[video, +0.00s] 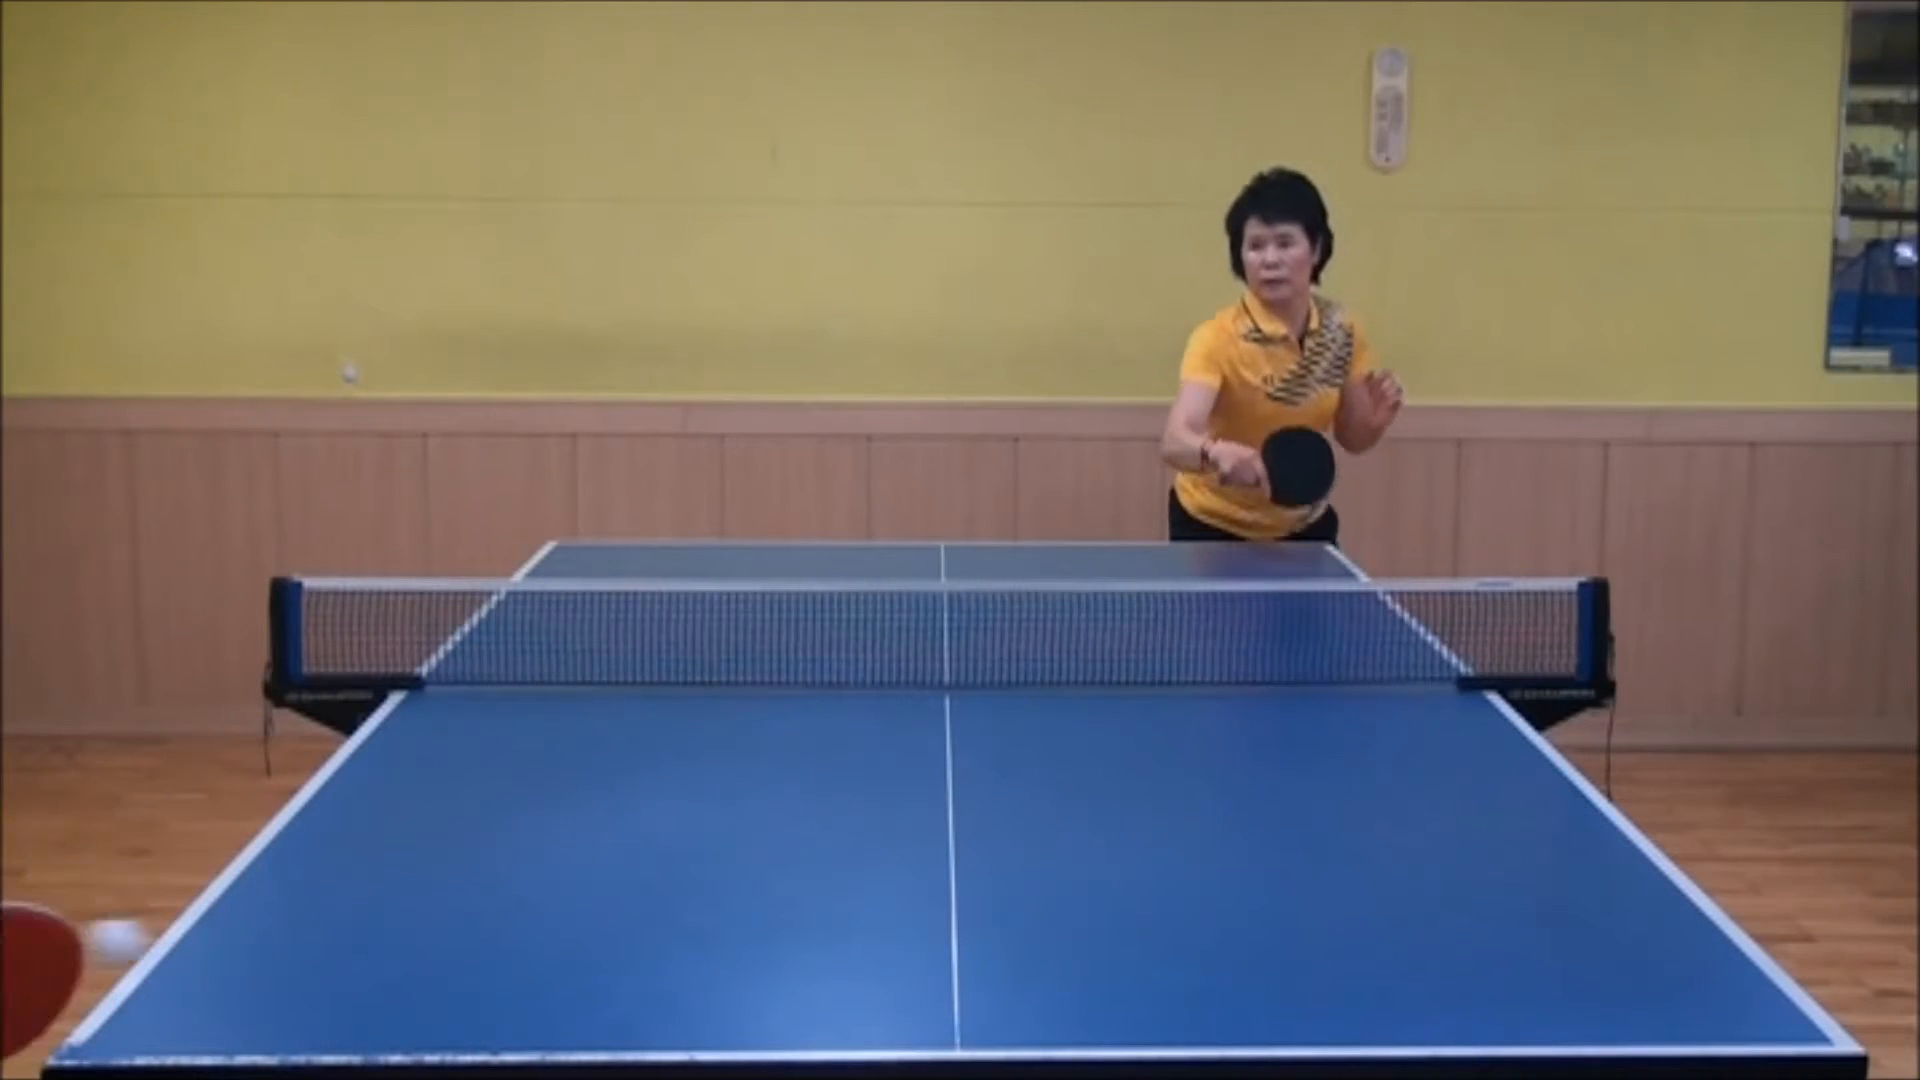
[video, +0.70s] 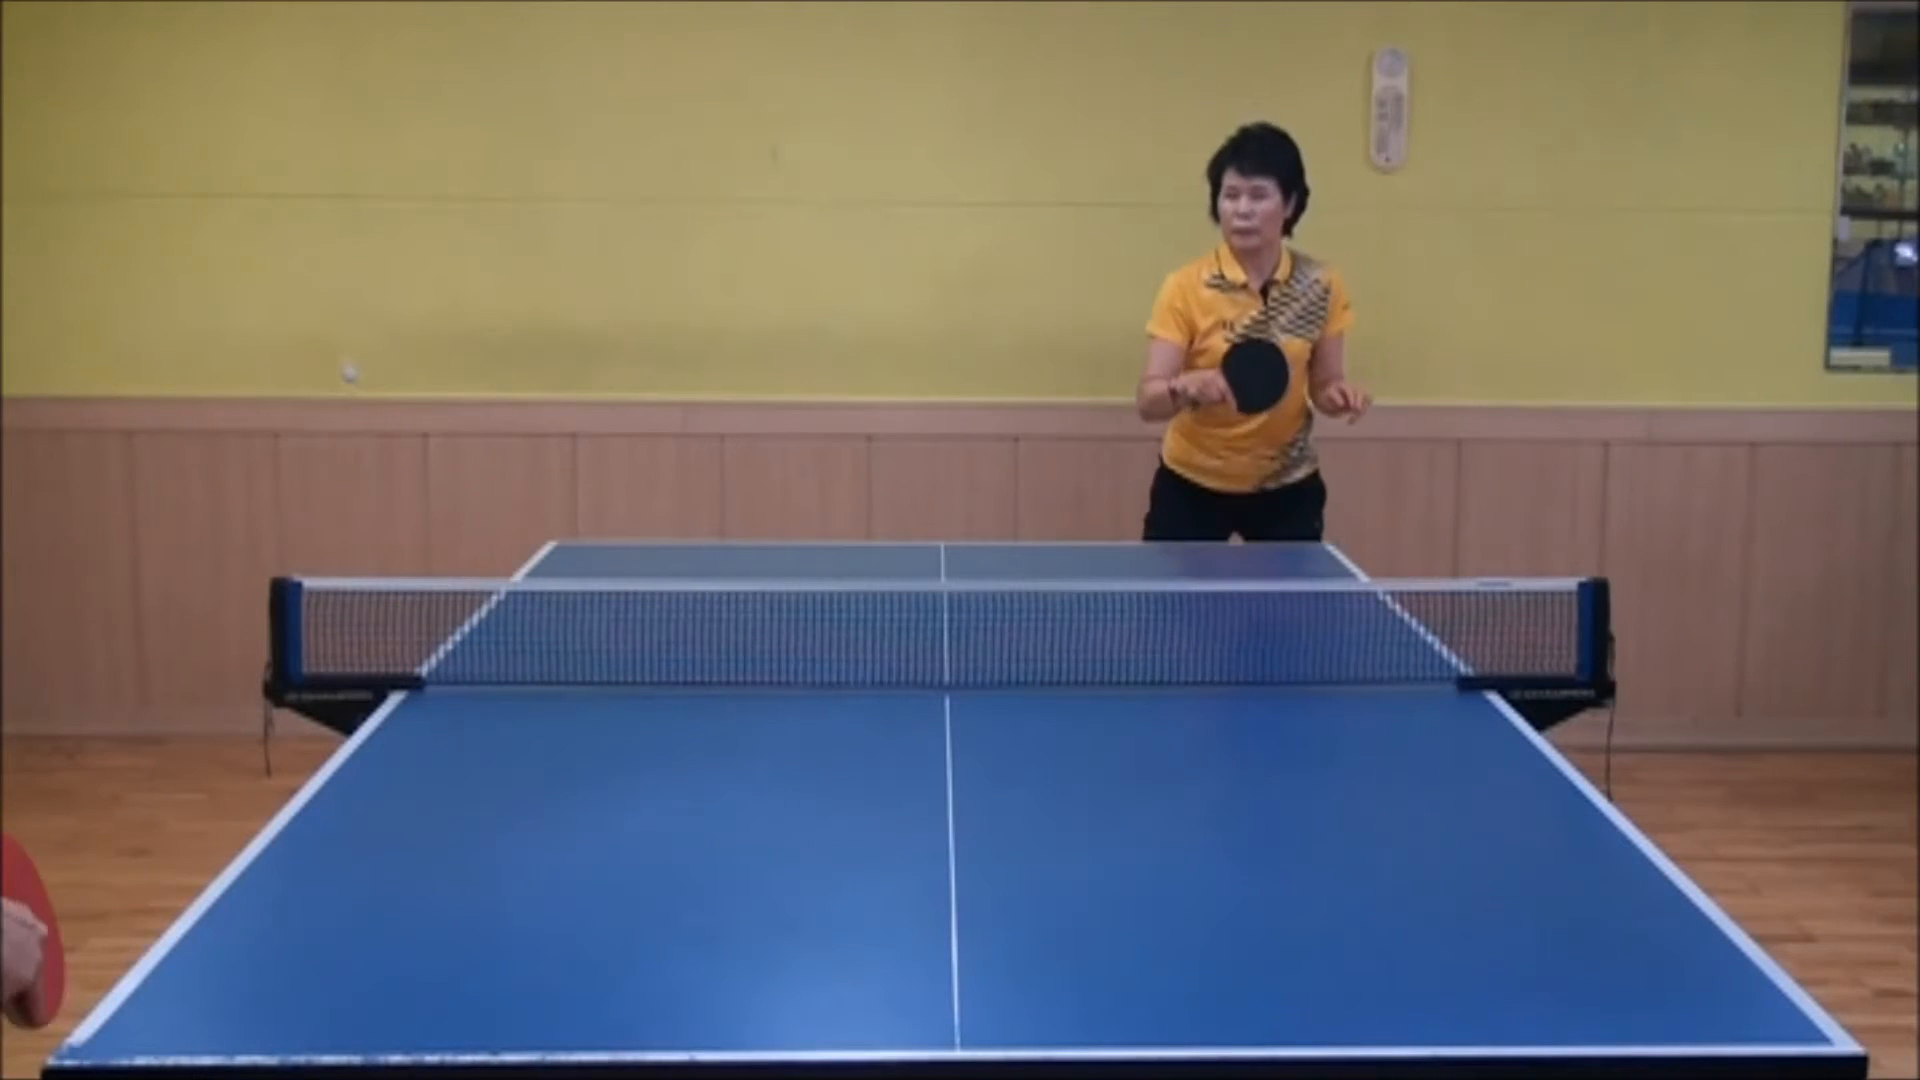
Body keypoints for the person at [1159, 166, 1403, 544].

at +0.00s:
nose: (1270, 259)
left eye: (1286, 243)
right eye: (1256, 246)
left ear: (1317, 250)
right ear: (1239, 256)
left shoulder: (1343, 335)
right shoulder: (1217, 339)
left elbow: (1352, 440)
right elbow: (1176, 441)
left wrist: (1371, 422)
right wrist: (1215, 452)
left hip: (1304, 526)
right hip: (1215, 528)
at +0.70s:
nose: (1243, 209)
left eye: (1259, 195)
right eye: (1231, 194)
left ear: (1290, 205)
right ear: (1216, 203)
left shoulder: (1321, 290)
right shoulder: (1185, 288)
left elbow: (1326, 385)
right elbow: (1148, 403)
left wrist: (1341, 398)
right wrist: (1185, 389)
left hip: (1285, 492)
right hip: (1192, 489)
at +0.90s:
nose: (1197, 207)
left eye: (1214, 193)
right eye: (1186, 192)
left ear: (1244, 202)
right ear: (1170, 201)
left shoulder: (1276, 285)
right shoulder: (1140, 283)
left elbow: (1280, 377)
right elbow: (1108, 397)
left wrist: (1283, 395)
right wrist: (1138, 390)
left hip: (1246, 485)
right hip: (1154, 482)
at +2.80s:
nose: (1247, 236)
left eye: (1262, 220)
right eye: (1234, 222)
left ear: (1290, 221)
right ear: (1217, 229)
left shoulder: (1328, 300)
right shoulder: (1195, 308)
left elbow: (1341, 413)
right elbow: (1154, 415)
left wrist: (1330, 387)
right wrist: (1201, 419)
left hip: (1306, 507)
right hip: (1213, 507)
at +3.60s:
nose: (1301, 258)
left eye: (1315, 242)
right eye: (1286, 244)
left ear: (1341, 241)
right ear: (1267, 249)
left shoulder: (1368, 317)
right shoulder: (1242, 322)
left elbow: (1374, 397)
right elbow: (1200, 429)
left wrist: (1361, 402)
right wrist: (1271, 413)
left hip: (1329, 507)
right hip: (1240, 507)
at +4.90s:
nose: (1306, 285)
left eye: (1321, 269)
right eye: (1291, 271)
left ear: (1350, 276)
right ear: (1274, 281)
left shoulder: (1371, 356)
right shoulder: (1251, 359)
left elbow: (1377, 460)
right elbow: (1205, 454)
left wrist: (1403, 448)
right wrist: (1236, 480)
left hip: (1327, 539)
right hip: (1238, 539)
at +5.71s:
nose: (1276, 226)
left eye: (1291, 210)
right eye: (1262, 212)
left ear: (1323, 218)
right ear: (1246, 224)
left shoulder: (1357, 298)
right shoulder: (1224, 312)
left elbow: (1373, 416)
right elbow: (1185, 429)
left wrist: (1382, 397)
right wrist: (1225, 412)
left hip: (1335, 507)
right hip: (1246, 507)